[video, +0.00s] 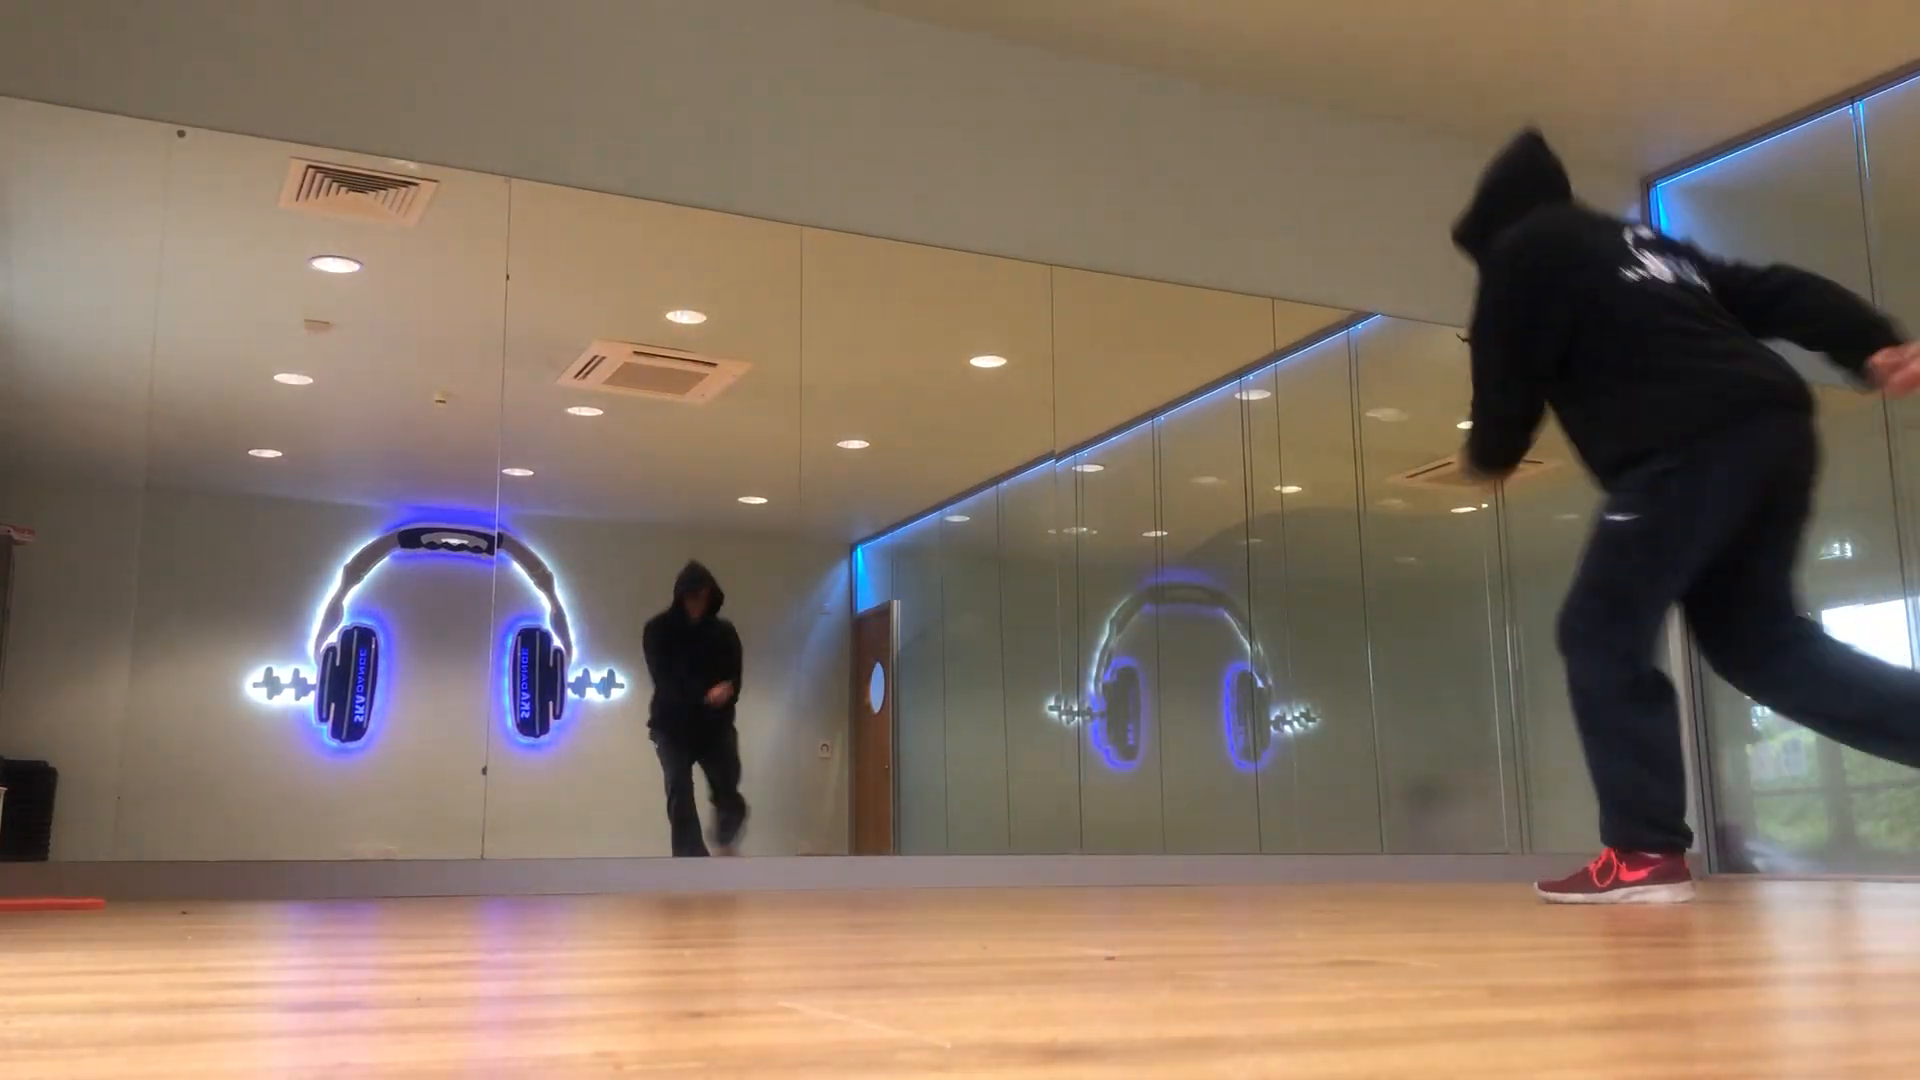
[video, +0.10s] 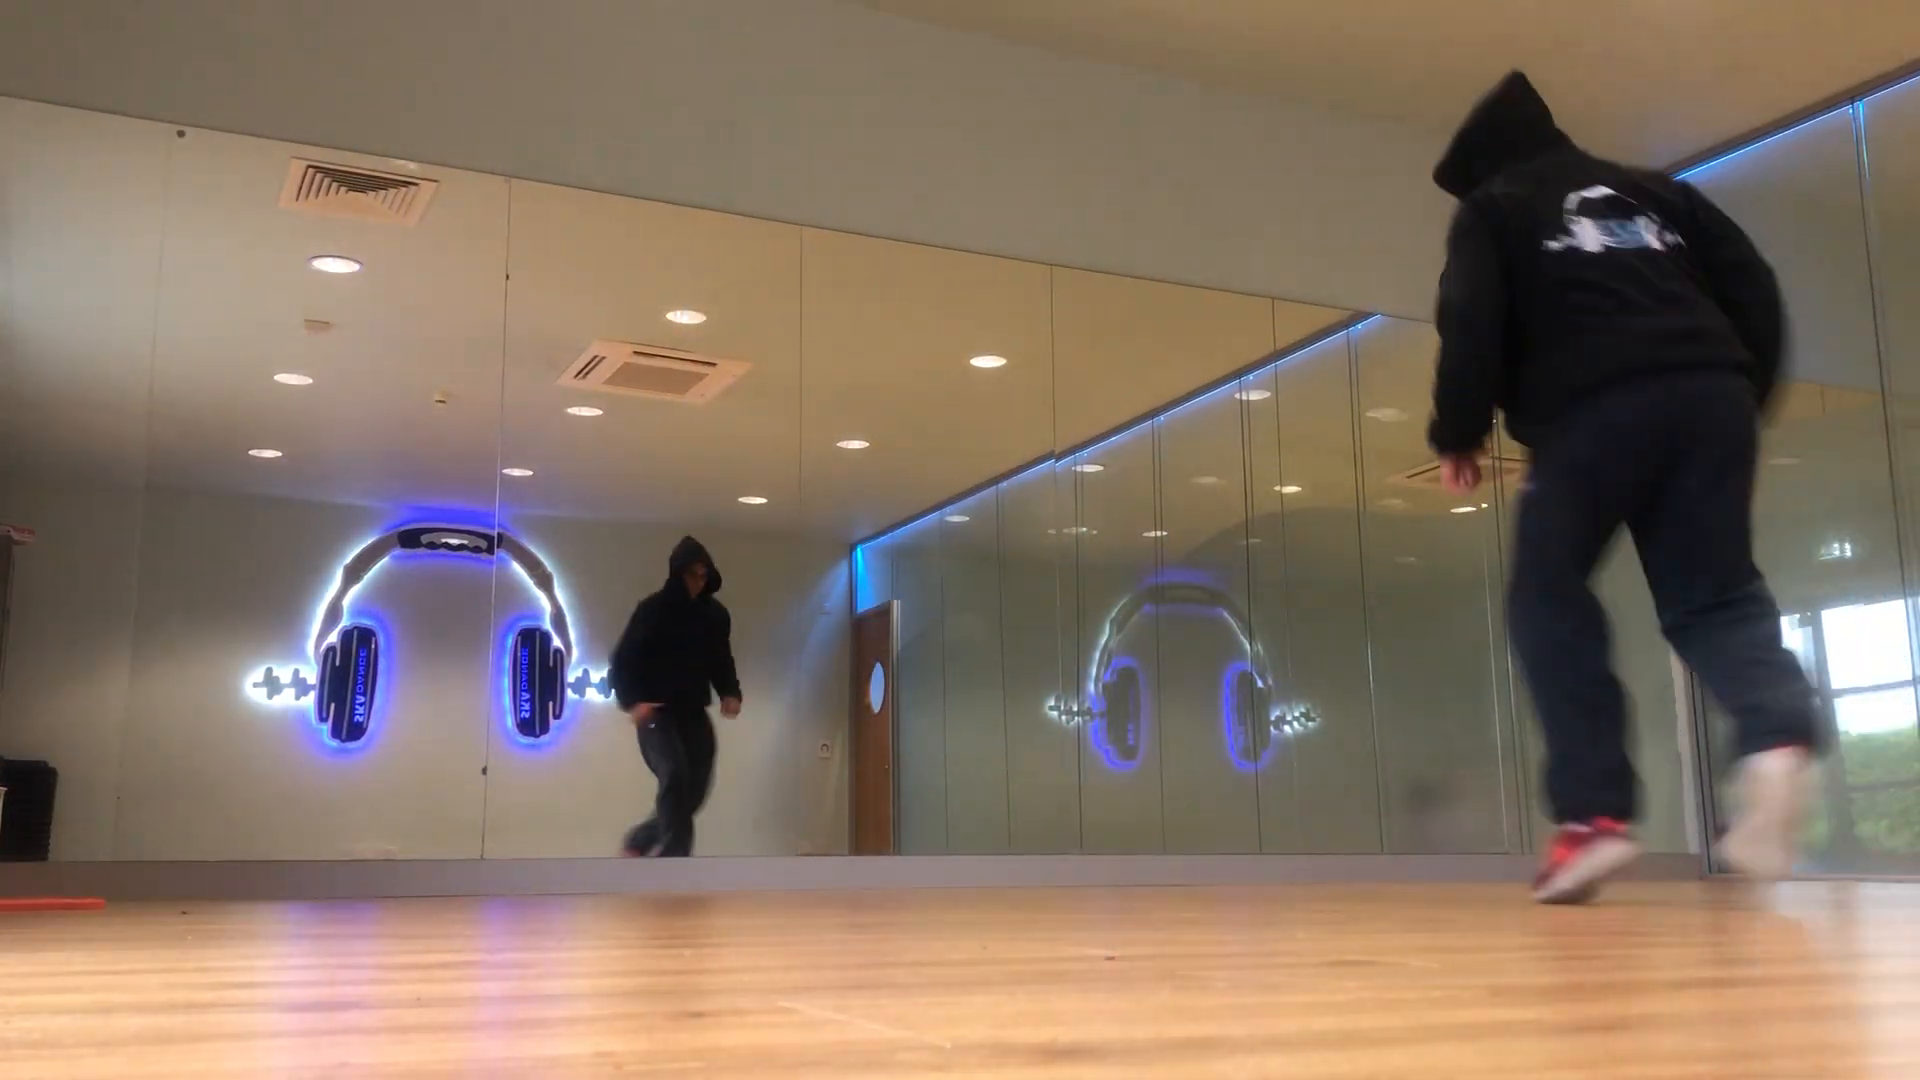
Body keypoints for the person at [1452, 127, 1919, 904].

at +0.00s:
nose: (1483, 257)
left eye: (1484, 241)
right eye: (1482, 245)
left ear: (1499, 219)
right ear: (1551, 197)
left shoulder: (1520, 256)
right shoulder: (1641, 242)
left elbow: (1506, 377)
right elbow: (1765, 288)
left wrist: (1487, 457)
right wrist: (1871, 342)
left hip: (1689, 448)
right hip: (1776, 431)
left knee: (1600, 631)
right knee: (1751, 639)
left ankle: (1647, 848)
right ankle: (1915, 722)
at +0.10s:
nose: (1466, 189)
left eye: (1467, 177)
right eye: (1469, 179)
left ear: (1483, 160)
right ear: (1547, 141)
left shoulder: (1488, 208)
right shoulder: (1648, 185)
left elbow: (1471, 315)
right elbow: (1749, 278)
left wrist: (1457, 432)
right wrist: (1740, 392)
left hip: (1596, 415)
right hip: (1712, 402)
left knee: (1544, 595)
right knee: (1714, 592)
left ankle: (1595, 817)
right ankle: (1779, 737)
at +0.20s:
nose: (1468, 173)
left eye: (1469, 162)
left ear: (1476, 157)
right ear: (1555, 146)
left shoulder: (1464, 208)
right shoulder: (1624, 201)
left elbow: (1443, 275)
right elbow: (1720, 307)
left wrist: (1428, 377)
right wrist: (1635, 344)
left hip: (1521, 430)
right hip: (1647, 423)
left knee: (1483, 611)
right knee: (1665, 622)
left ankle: (1468, 816)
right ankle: (1663, 816)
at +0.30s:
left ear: (1466, 181)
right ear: (1547, 176)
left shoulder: (1429, 232)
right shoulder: (1592, 228)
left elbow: (1385, 308)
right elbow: (1656, 332)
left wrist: (1390, 416)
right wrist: (1625, 413)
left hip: (1452, 443)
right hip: (1577, 438)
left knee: (1430, 640)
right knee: (1599, 638)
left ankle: (1392, 842)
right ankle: (1657, 837)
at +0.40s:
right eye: (1517, 202)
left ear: (1443, 196)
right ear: (1519, 199)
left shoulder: (1390, 248)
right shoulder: (1545, 255)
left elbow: (1331, 363)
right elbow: (1614, 355)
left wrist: (1373, 433)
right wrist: (1634, 465)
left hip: (1389, 448)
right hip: (1506, 441)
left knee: (1404, 662)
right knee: (1566, 607)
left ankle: (1390, 853)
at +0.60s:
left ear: (1407, 132)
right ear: (1477, 124)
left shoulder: (1367, 178)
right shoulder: (1533, 169)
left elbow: (1360, 276)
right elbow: (1565, 250)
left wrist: (1409, 348)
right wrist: (1532, 359)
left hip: (1338, 383)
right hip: (1454, 384)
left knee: (1341, 586)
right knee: (1549, 554)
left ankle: (1288, 803)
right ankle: (1404, 652)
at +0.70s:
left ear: (1411, 135)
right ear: (1477, 128)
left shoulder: (1368, 192)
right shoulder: (1511, 174)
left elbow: (1361, 311)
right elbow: (1553, 291)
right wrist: (1580, 417)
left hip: (1323, 416)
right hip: (1438, 419)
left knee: (1300, 615)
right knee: (1539, 596)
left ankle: (1187, 811)